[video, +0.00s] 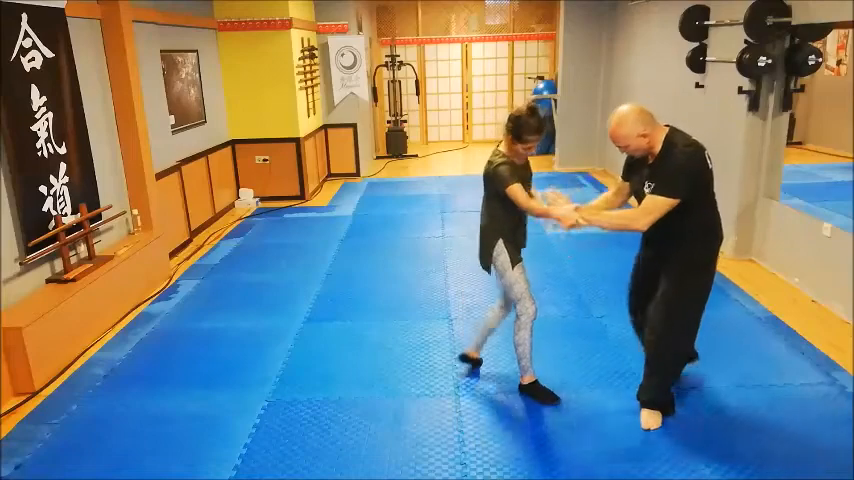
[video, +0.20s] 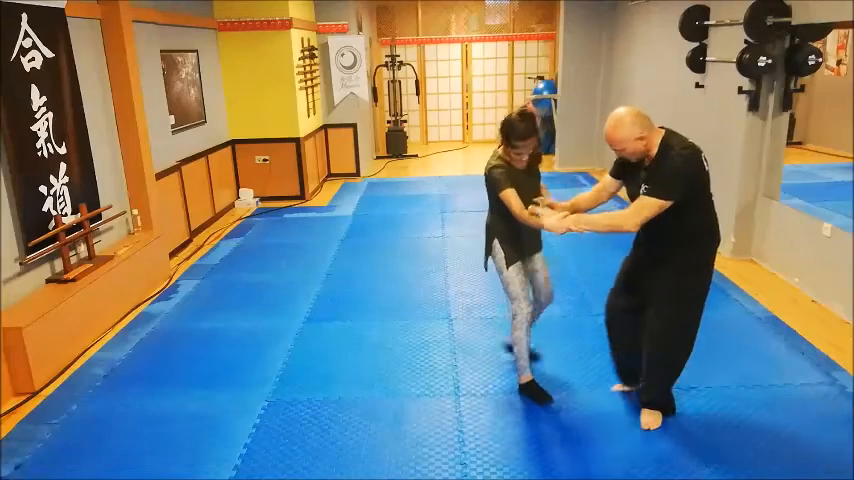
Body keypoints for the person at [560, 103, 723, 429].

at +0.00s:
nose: (622, 151)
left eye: (624, 146)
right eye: (619, 146)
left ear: (645, 133)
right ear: (640, 135)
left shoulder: (684, 158)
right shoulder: (641, 153)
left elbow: (642, 219)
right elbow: (616, 197)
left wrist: (584, 217)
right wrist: (578, 211)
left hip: (692, 252)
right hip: (657, 246)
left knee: (665, 323)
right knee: (640, 308)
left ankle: (654, 400)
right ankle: (676, 354)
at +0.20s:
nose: (617, 154)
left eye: (621, 149)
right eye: (615, 149)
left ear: (643, 138)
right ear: (638, 137)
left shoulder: (679, 161)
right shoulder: (634, 154)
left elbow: (633, 220)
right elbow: (602, 191)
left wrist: (573, 222)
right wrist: (566, 207)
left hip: (688, 254)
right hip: (649, 246)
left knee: (665, 326)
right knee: (621, 308)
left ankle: (655, 402)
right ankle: (634, 378)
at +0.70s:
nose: (580, 180)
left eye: (583, 175)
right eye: (578, 175)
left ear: (604, 166)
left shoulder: (643, 172)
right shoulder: (597, 169)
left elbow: (605, 232)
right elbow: (583, 217)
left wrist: (548, 234)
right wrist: (561, 247)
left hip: (670, 251)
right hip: (626, 245)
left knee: (660, 328)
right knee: (599, 314)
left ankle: (654, 403)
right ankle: (583, 391)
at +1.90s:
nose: (607, 139)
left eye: (612, 134)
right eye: (606, 133)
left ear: (637, 127)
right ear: (625, 128)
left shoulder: (677, 150)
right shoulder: (621, 152)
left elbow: (660, 221)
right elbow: (618, 204)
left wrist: (598, 237)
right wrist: (607, 248)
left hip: (684, 246)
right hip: (641, 240)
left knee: (670, 323)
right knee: (617, 310)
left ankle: (657, 402)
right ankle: (598, 384)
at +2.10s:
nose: (622, 118)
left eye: (627, 112)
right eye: (621, 111)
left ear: (653, 112)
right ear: (647, 112)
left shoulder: (688, 143)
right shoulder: (637, 143)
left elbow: (674, 214)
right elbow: (633, 199)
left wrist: (611, 227)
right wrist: (621, 239)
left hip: (687, 245)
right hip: (649, 239)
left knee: (669, 317)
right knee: (632, 307)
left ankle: (661, 400)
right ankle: (641, 372)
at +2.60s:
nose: (658, 95)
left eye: (665, 89)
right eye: (659, 88)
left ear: (688, 95)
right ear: (685, 95)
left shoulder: (699, 137)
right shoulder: (686, 123)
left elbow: (659, 198)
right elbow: (670, 177)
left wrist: (608, 225)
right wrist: (647, 212)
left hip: (695, 237)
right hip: (677, 228)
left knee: (669, 311)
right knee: (687, 302)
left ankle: (659, 400)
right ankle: (697, 370)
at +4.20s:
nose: (652, 128)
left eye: (658, 121)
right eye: (651, 121)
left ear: (684, 116)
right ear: (673, 116)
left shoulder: (717, 148)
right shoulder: (661, 144)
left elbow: (672, 212)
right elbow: (626, 181)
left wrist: (611, 214)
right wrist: (592, 194)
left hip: (707, 253)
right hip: (666, 245)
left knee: (691, 333)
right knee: (647, 309)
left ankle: (673, 414)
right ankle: (680, 366)